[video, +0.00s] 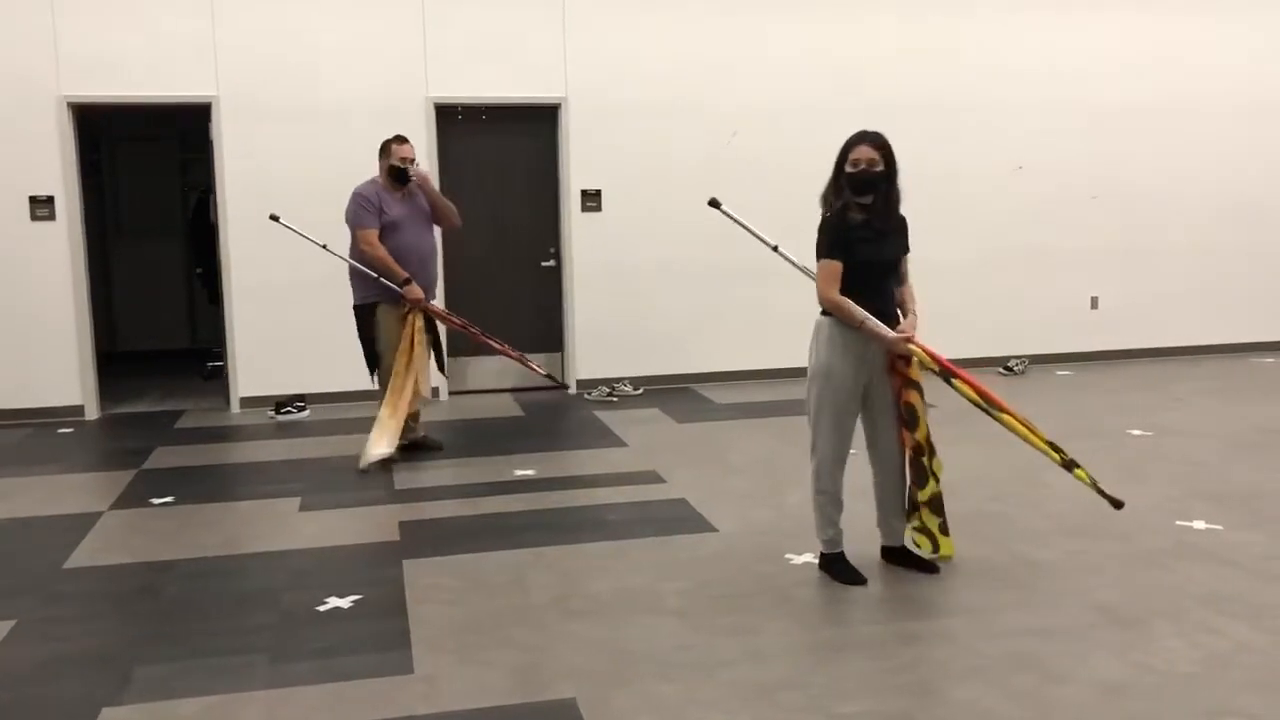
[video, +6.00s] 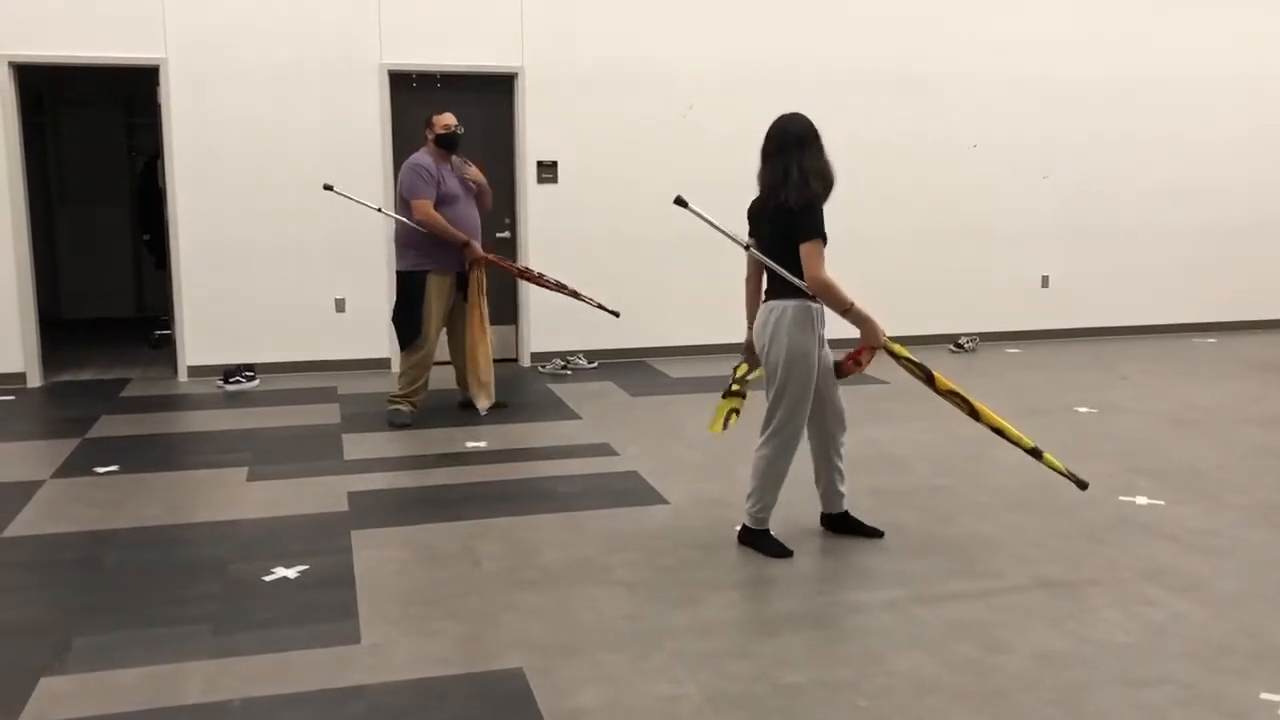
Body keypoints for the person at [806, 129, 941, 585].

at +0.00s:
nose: (863, 170)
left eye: (873, 164)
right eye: (855, 163)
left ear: (887, 170)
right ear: (842, 168)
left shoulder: (895, 223)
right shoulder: (836, 222)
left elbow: (901, 280)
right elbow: (828, 296)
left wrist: (911, 317)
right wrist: (881, 333)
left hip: (883, 339)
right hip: (839, 340)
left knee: (890, 445)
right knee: (831, 448)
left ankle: (894, 543)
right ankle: (830, 550)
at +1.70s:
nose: (866, 171)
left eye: (864, 161)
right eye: (862, 162)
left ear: (820, 161)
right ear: (850, 165)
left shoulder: (828, 212)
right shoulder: (828, 217)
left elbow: (835, 290)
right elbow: (836, 293)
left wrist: (860, 343)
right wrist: (872, 345)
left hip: (842, 332)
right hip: (820, 332)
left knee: (848, 438)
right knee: (807, 439)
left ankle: (856, 530)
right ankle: (779, 536)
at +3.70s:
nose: (827, 147)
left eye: (833, 141)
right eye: (822, 138)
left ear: (831, 141)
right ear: (800, 133)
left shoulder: (809, 192)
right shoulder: (781, 190)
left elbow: (813, 263)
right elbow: (792, 265)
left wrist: (838, 319)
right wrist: (841, 308)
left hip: (818, 308)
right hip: (786, 306)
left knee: (819, 413)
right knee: (768, 414)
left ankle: (824, 507)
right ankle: (747, 513)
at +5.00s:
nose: (829, 144)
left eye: (823, 135)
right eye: (825, 136)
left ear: (776, 142)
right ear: (820, 140)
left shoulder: (768, 192)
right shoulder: (812, 191)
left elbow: (766, 267)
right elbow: (811, 266)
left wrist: (771, 323)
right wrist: (860, 307)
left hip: (779, 303)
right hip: (797, 305)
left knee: (812, 409)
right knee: (782, 410)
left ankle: (827, 501)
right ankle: (745, 510)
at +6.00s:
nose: (822, 159)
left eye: (818, 150)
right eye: (818, 151)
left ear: (769, 157)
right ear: (810, 155)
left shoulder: (760, 207)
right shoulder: (804, 202)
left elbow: (754, 278)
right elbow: (815, 278)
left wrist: (752, 334)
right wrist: (864, 321)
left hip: (781, 317)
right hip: (795, 319)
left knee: (828, 418)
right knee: (786, 424)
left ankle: (834, 512)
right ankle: (755, 525)